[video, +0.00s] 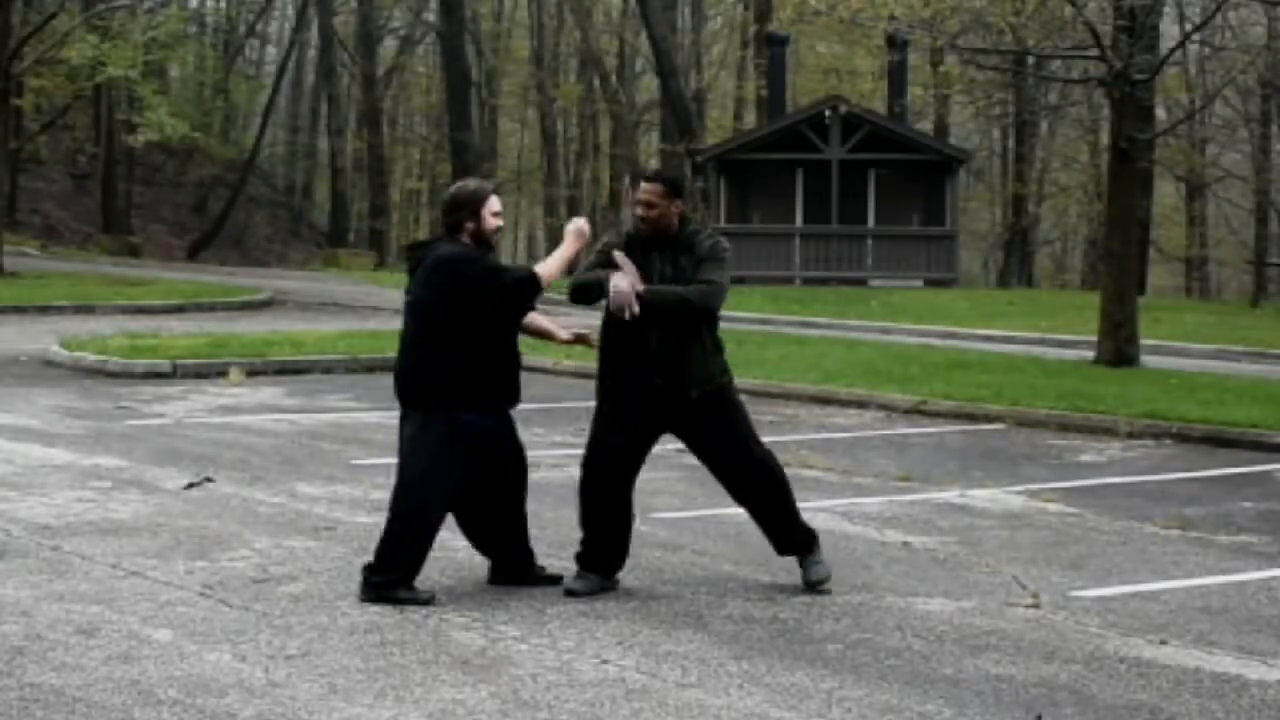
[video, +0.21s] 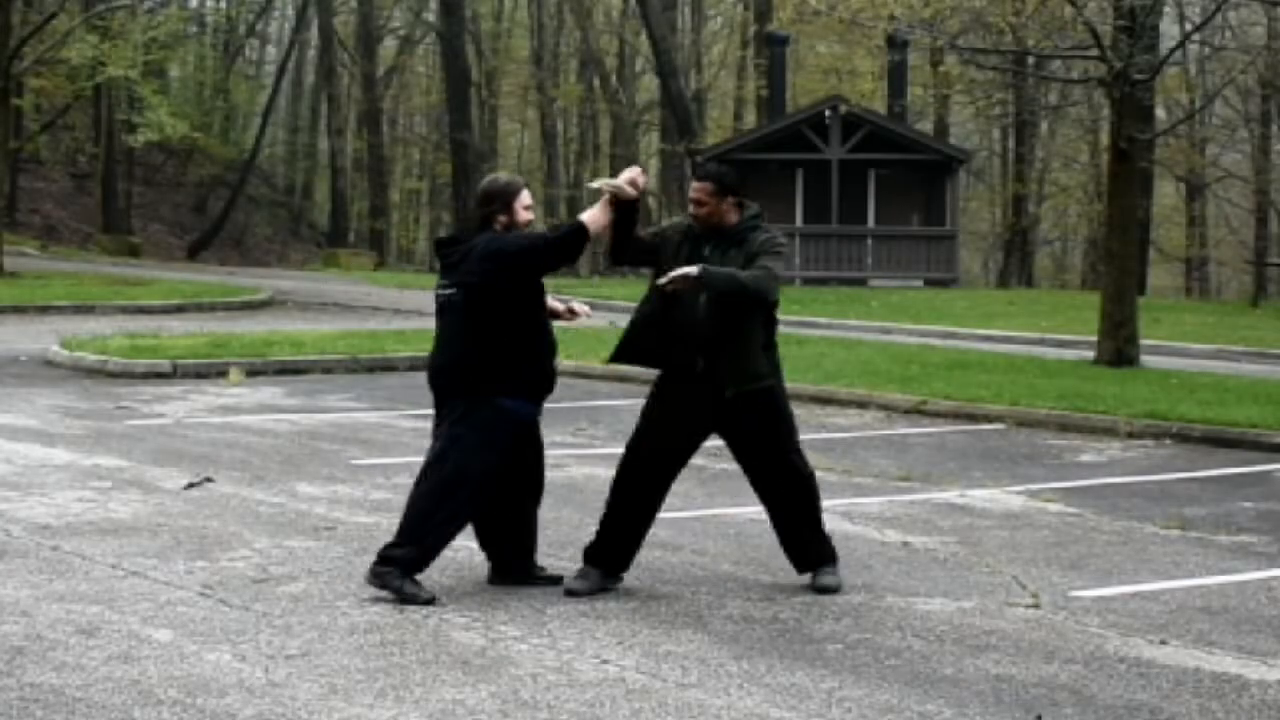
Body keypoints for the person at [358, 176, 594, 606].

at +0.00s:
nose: (500, 223)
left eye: (500, 215)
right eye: (493, 216)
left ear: (468, 223)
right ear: (468, 221)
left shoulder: (472, 263)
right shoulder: (452, 263)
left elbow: (507, 311)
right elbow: (523, 287)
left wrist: (554, 332)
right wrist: (569, 248)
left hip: (477, 402)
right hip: (441, 405)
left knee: (502, 481)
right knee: (423, 493)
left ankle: (512, 564)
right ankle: (386, 579)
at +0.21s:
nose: (534, 215)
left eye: (532, 208)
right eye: (527, 208)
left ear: (497, 215)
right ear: (504, 215)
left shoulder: (467, 253)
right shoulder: (503, 252)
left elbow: (501, 298)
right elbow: (570, 240)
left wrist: (549, 307)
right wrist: (614, 197)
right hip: (492, 395)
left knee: (515, 480)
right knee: (452, 482)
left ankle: (514, 565)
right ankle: (395, 565)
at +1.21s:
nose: (568, 217)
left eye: (569, 208)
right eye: (560, 210)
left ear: (546, 215)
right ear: (533, 214)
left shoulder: (570, 255)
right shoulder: (506, 262)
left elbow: (628, 244)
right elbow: (533, 309)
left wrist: (667, 200)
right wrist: (585, 277)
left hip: (582, 399)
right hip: (533, 403)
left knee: (599, 486)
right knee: (533, 492)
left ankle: (581, 561)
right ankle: (515, 573)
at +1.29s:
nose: (571, 215)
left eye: (572, 207)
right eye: (563, 208)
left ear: (552, 213)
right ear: (536, 213)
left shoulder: (572, 253)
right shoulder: (508, 263)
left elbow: (631, 244)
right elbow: (539, 310)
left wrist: (673, 203)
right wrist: (590, 282)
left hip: (583, 398)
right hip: (535, 403)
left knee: (596, 481)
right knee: (533, 489)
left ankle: (580, 560)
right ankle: (515, 573)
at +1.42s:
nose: (584, 214)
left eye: (584, 206)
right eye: (577, 208)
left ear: (559, 214)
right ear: (551, 213)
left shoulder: (578, 256)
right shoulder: (525, 263)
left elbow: (639, 258)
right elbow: (566, 313)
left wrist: (686, 227)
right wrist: (607, 286)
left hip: (582, 398)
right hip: (538, 403)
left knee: (602, 476)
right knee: (538, 489)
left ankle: (594, 559)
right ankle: (514, 573)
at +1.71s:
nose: (621, 216)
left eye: (620, 208)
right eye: (615, 208)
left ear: (587, 214)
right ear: (593, 214)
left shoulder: (571, 256)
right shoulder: (586, 259)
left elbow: (627, 303)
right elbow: (648, 297)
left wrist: (681, 305)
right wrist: (682, 251)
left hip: (589, 392)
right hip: (584, 397)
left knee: (608, 480)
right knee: (576, 485)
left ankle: (609, 563)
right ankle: (524, 561)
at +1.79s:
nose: (630, 217)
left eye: (629, 210)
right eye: (624, 211)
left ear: (590, 217)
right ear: (602, 216)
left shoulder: (563, 260)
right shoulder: (607, 260)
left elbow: (610, 315)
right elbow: (673, 279)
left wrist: (669, 311)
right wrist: (712, 242)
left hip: (570, 386)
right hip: (613, 389)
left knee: (589, 472)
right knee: (618, 473)